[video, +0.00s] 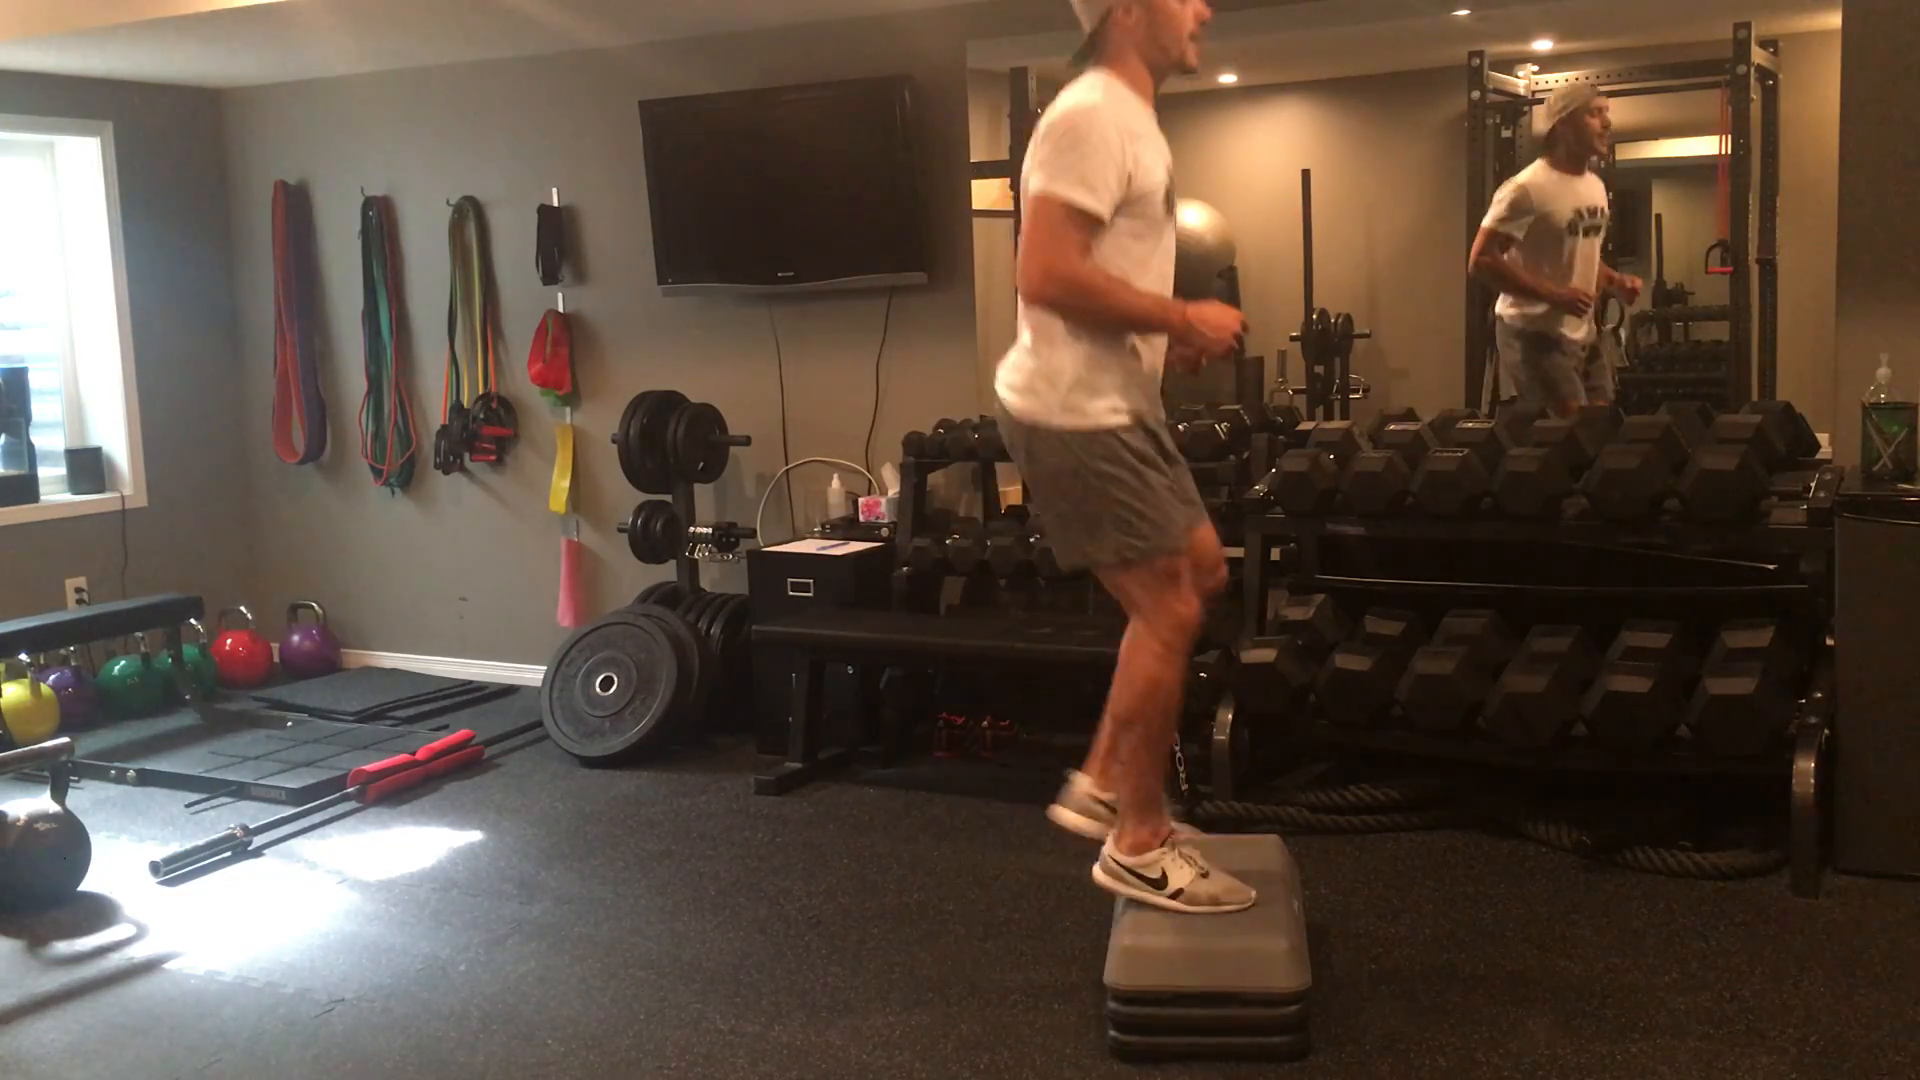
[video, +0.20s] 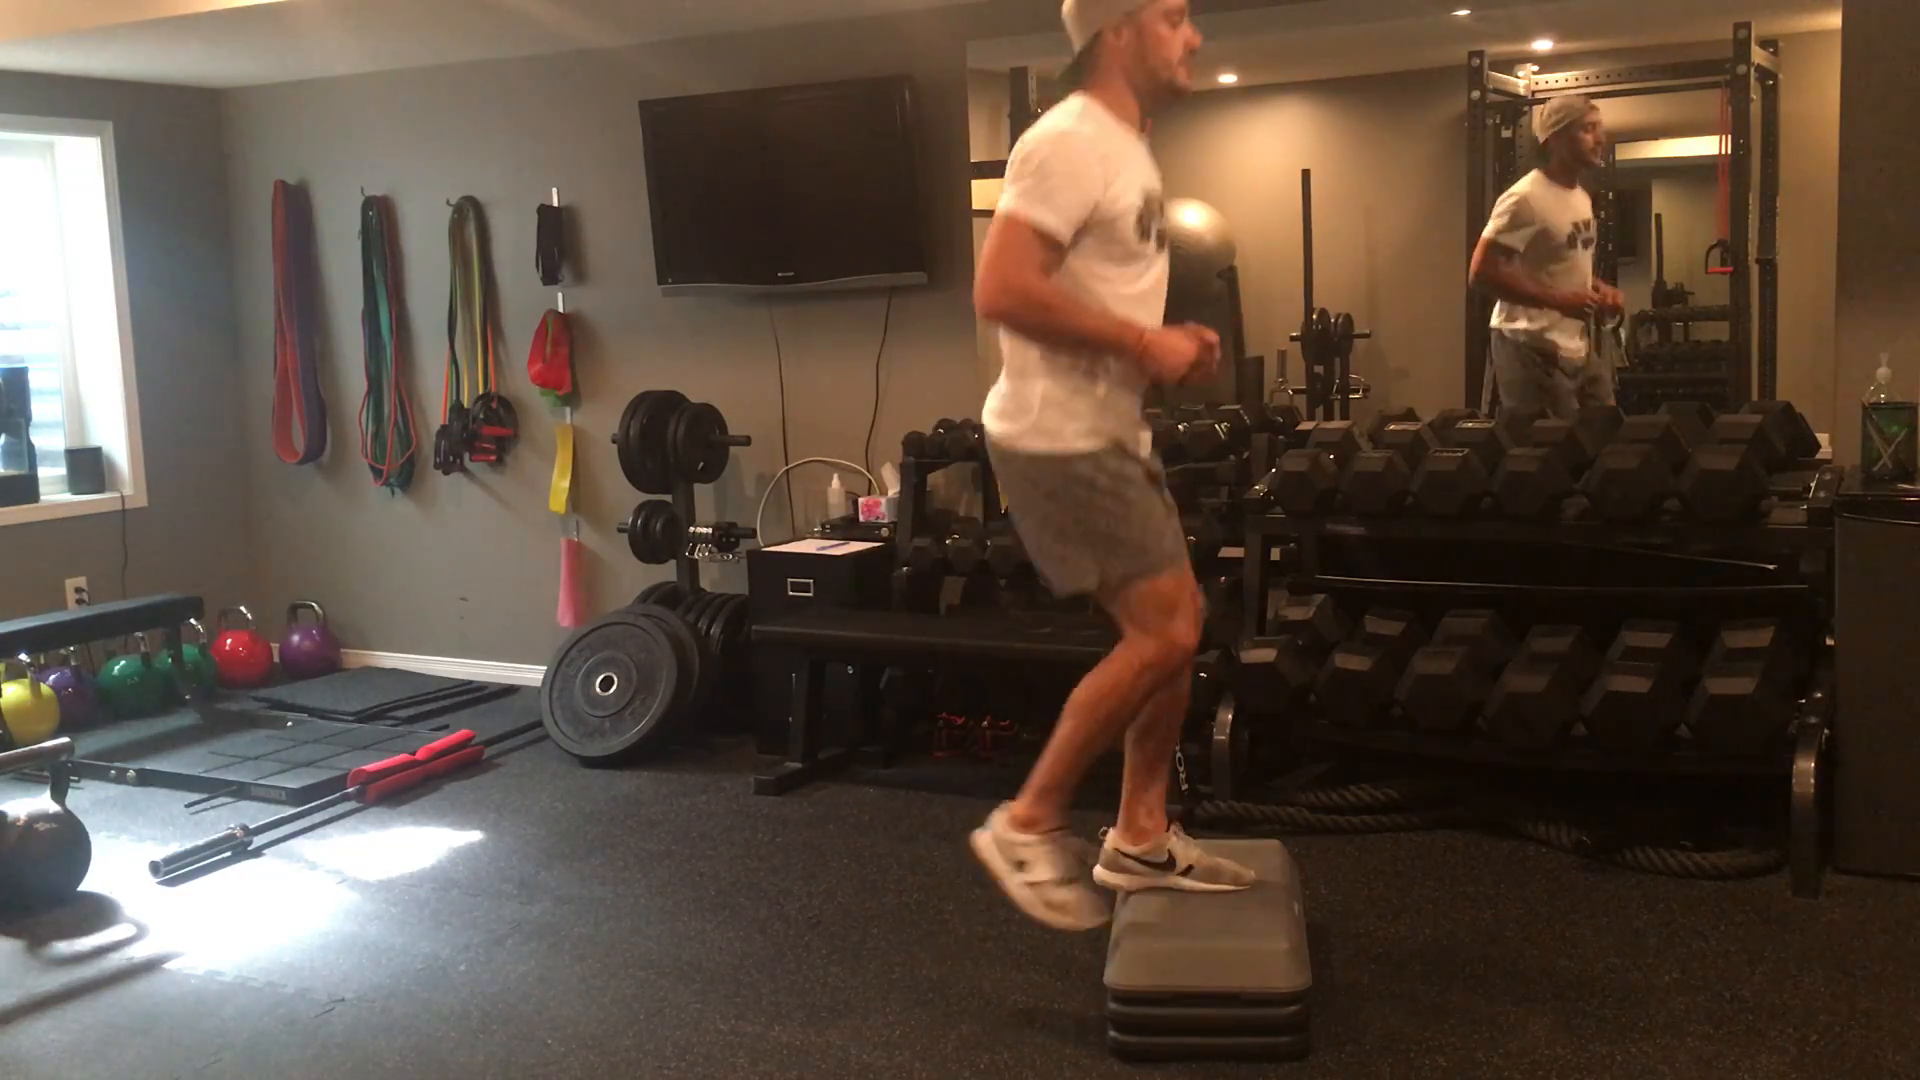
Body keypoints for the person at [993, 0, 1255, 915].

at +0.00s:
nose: (1204, 15)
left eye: (1201, 3)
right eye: (1188, 0)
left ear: (1134, 17)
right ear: (1129, 10)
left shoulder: (1131, 116)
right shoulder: (1088, 112)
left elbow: (1089, 276)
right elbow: (1045, 273)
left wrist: (1179, 324)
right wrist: (1179, 316)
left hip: (1115, 399)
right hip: (1075, 407)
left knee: (1202, 568)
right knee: (1167, 606)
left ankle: (1103, 780)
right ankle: (1138, 838)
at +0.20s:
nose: (1194, 40)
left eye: (1192, 22)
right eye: (1176, 20)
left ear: (1132, 39)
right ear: (1116, 33)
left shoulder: (1122, 145)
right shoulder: (1069, 136)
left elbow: (1078, 291)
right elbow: (1001, 285)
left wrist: (1159, 341)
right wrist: (1143, 341)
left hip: (1104, 431)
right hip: (1058, 436)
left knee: (1175, 625)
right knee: (1165, 628)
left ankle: (1143, 837)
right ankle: (1024, 823)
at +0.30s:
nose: (1177, 61)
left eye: (1173, 42)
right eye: (1159, 41)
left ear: (1118, 62)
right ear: (1099, 58)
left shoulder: (1110, 171)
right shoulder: (1051, 164)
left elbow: (1055, 316)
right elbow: (982, 312)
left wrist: (1142, 359)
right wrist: (1124, 361)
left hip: (1099, 452)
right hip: (1039, 459)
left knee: (1182, 612)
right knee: (1110, 664)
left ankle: (1144, 830)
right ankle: (968, 859)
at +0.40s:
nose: (1153, 81)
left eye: (1148, 63)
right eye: (1136, 62)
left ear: (1086, 82)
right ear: (1078, 78)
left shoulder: (1076, 186)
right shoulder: (1021, 184)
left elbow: (1025, 333)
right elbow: (966, 335)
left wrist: (1109, 374)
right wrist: (1111, 365)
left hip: (1064, 471)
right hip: (995, 480)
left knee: (1179, 590)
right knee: (1014, 698)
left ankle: (1148, 807)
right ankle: (944, 920)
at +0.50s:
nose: (1119, 142)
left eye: (1116, 123)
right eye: (1104, 124)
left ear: (1051, 140)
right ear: (1047, 139)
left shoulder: (1042, 238)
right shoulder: (988, 248)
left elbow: (1001, 390)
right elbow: (948, 407)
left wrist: (1081, 416)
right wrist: (1090, 412)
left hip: (1034, 512)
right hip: (963, 538)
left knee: (1175, 586)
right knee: (976, 759)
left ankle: (1096, 791)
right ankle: (915, 959)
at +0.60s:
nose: (1088, 162)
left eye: (1085, 143)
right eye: (1074, 142)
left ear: (1020, 155)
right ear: (1016, 152)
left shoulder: (1010, 258)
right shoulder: (948, 259)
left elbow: (976, 403)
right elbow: (912, 422)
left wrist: (1030, 481)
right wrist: (1058, 457)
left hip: (1003, 528)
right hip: (940, 544)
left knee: (1124, 629)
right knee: (988, 752)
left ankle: (997, 794)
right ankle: (917, 959)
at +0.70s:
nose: (1061, 142)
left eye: (1058, 125)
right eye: (1045, 126)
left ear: (998, 138)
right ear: (989, 137)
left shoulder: (992, 242)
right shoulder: (930, 244)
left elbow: (936, 390)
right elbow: (863, 396)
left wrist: (992, 481)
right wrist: (992, 478)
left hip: (974, 527)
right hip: (911, 536)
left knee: (1027, 688)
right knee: (944, 735)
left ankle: (869, 869)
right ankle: (915, 962)